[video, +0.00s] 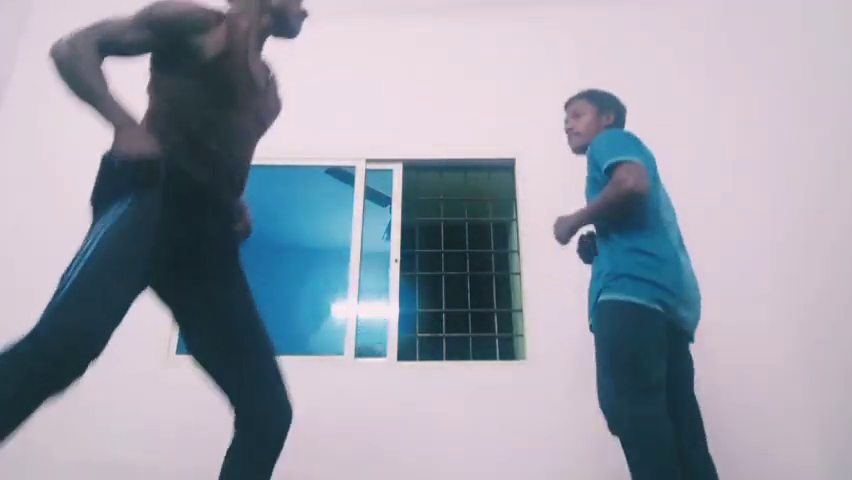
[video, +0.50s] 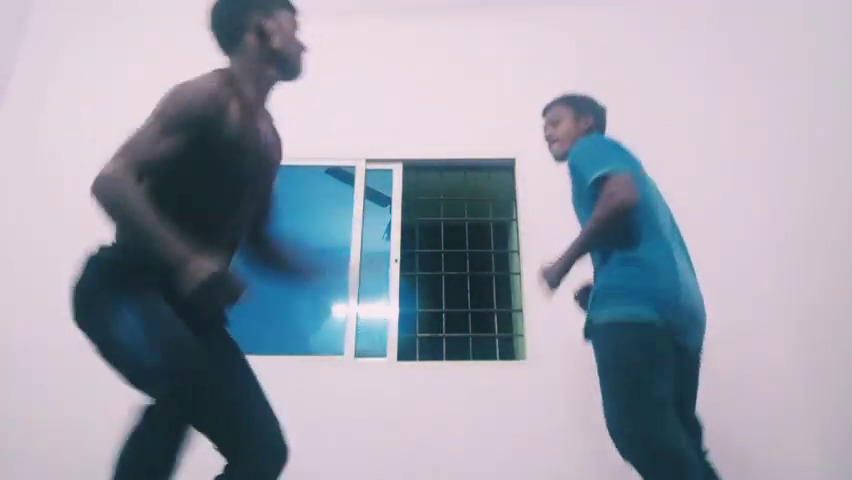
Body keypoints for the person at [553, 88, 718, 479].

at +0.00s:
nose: (567, 125)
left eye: (577, 116)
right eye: (566, 119)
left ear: (607, 117)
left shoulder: (611, 140)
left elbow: (633, 181)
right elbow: (645, 234)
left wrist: (575, 218)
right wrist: (600, 244)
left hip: (633, 287)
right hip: (671, 296)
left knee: (632, 407)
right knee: (677, 413)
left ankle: (658, 473)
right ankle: (697, 474)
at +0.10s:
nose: (571, 135)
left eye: (580, 125)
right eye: (570, 129)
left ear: (609, 127)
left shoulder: (616, 153)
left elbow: (631, 203)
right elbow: (651, 261)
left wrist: (569, 236)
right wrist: (601, 271)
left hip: (638, 304)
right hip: (677, 311)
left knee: (627, 419)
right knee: (678, 420)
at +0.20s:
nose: (575, 158)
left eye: (584, 148)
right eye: (574, 151)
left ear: (616, 153)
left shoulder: (621, 186)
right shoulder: (648, 200)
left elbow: (634, 244)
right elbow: (661, 299)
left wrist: (562, 270)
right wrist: (605, 310)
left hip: (647, 339)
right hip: (686, 346)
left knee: (624, 454)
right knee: (679, 461)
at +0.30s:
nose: (566, 149)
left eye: (576, 140)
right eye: (566, 142)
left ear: (606, 144)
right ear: (605, 147)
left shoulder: (614, 173)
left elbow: (649, 221)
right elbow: (654, 271)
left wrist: (580, 263)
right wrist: (611, 308)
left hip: (648, 317)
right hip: (685, 325)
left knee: (615, 426)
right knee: (674, 444)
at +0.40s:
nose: (554, 126)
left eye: (562, 116)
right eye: (552, 120)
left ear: (593, 115)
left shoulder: (600, 140)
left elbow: (641, 182)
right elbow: (644, 234)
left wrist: (578, 237)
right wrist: (605, 270)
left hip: (634, 288)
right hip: (674, 295)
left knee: (631, 413)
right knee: (686, 415)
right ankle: (710, 472)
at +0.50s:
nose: (547, 133)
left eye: (555, 122)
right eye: (545, 127)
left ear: (586, 122)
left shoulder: (590, 147)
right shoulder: (628, 163)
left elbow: (622, 193)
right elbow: (652, 252)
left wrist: (563, 261)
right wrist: (603, 287)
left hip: (634, 305)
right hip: (679, 309)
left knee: (638, 427)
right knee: (675, 429)